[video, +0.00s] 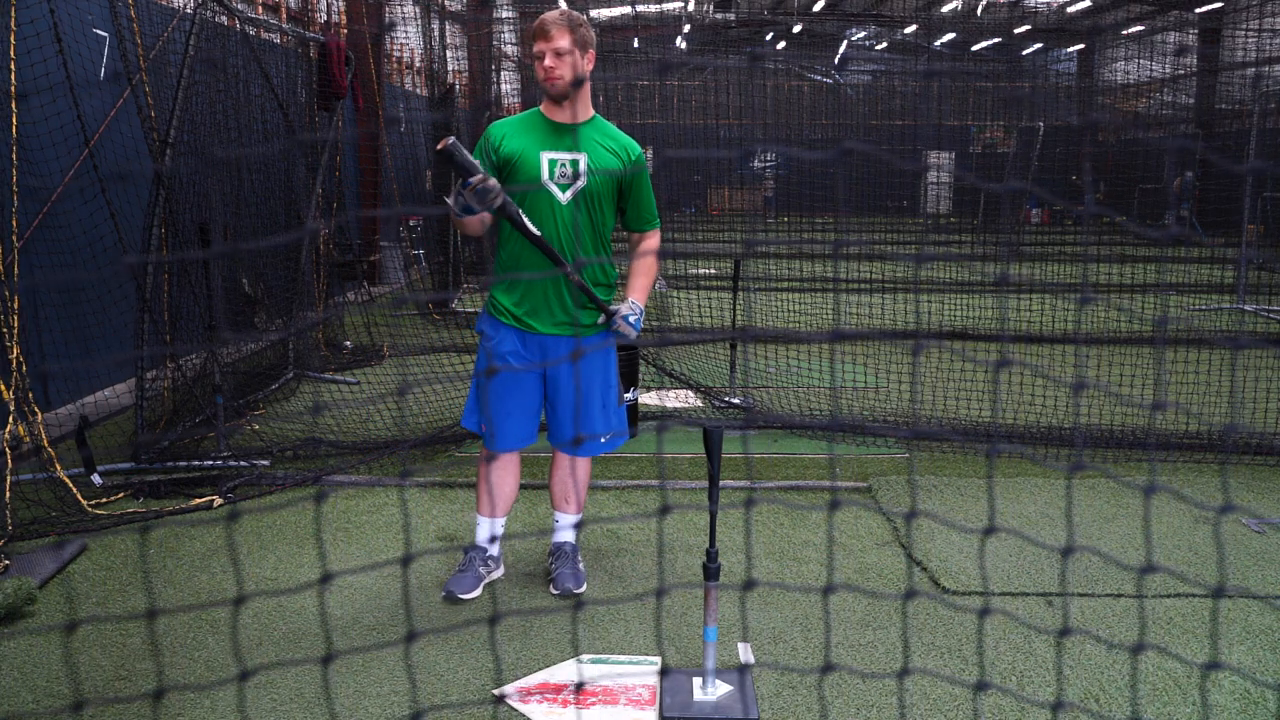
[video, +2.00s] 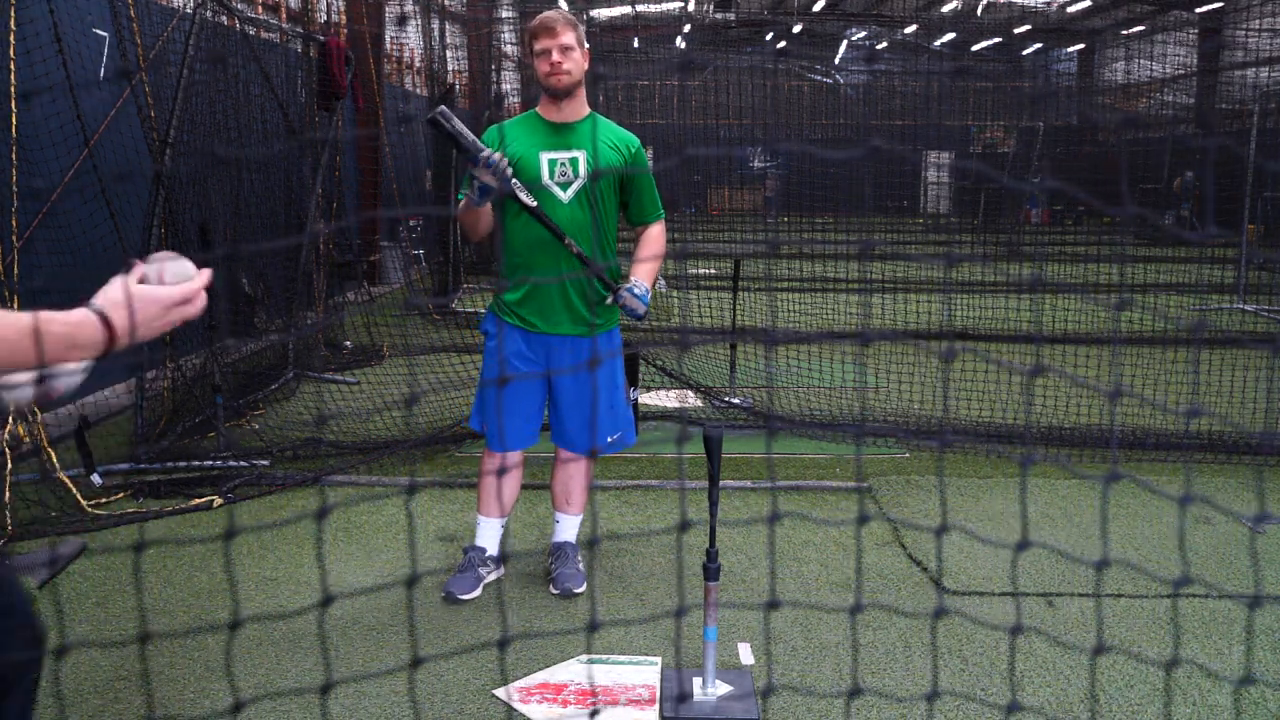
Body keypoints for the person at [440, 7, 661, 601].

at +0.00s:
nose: (548, 66)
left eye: (559, 55)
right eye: (539, 57)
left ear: (587, 59)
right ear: (531, 65)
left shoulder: (623, 153)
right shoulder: (502, 138)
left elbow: (647, 240)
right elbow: (473, 228)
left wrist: (632, 305)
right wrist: (472, 207)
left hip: (586, 324)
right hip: (511, 320)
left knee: (575, 440)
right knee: (500, 441)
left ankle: (565, 546)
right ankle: (486, 550)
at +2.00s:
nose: (556, 60)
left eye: (566, 49)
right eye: (544, 52)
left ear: (587, 57)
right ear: (532, 64)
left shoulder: (622, 146)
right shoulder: (501, 139)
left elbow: (652, 226)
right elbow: (475, 231)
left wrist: (641, 281)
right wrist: (482, 195)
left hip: (590, 321)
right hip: (517, 318)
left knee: (576, 443)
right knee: (501, 444)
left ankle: (566, 547)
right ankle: (485, 552)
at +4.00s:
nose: (582, 64)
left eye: (586, 53)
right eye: (568, 54)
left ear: (595, 59)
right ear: (537, 64)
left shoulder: (620, 150)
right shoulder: (499, 133)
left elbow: (653, 227)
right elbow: (465, 206)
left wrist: (624, 288)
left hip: (583, 324)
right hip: (507, 320)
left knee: (574, 441)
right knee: (492, 442)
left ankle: (566, 546)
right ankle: (484, 549)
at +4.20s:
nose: (577, 73)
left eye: (582, 61)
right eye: (563, 64)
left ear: (590, 61)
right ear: (532, 68)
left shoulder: (612, 149)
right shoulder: (496, 132)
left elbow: (646, 226)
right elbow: (460, 206)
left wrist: (617, 286)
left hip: (576, 323)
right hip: (498, 320)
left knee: (572, 440)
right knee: (477, 439)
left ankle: (565, 547)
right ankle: (462, 548)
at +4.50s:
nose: (531, 87)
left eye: (538, 74)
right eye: (519, 77)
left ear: (550, 71)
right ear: (494, 75)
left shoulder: (579, 148)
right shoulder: (458, 150)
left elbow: (616, 222)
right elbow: (427, 232)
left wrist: (597, 276)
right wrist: (436, 307)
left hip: (555, 325)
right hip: (477, 325)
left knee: (563, 440)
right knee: (458, 440)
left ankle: (564, 544)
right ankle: (434, 548)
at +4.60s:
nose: (516, 88)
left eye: (524, 75)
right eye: (502, 78)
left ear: (537, 71)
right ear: (478, 77)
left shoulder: (568, 147)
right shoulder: (446, 149)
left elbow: (607, 223)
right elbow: (415, 224)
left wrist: (584, 278)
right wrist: (424, 231)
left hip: (547, 324)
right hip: (469, 325)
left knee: (557, 440)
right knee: (455, 443)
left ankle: (564, 545)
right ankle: (434, 549)